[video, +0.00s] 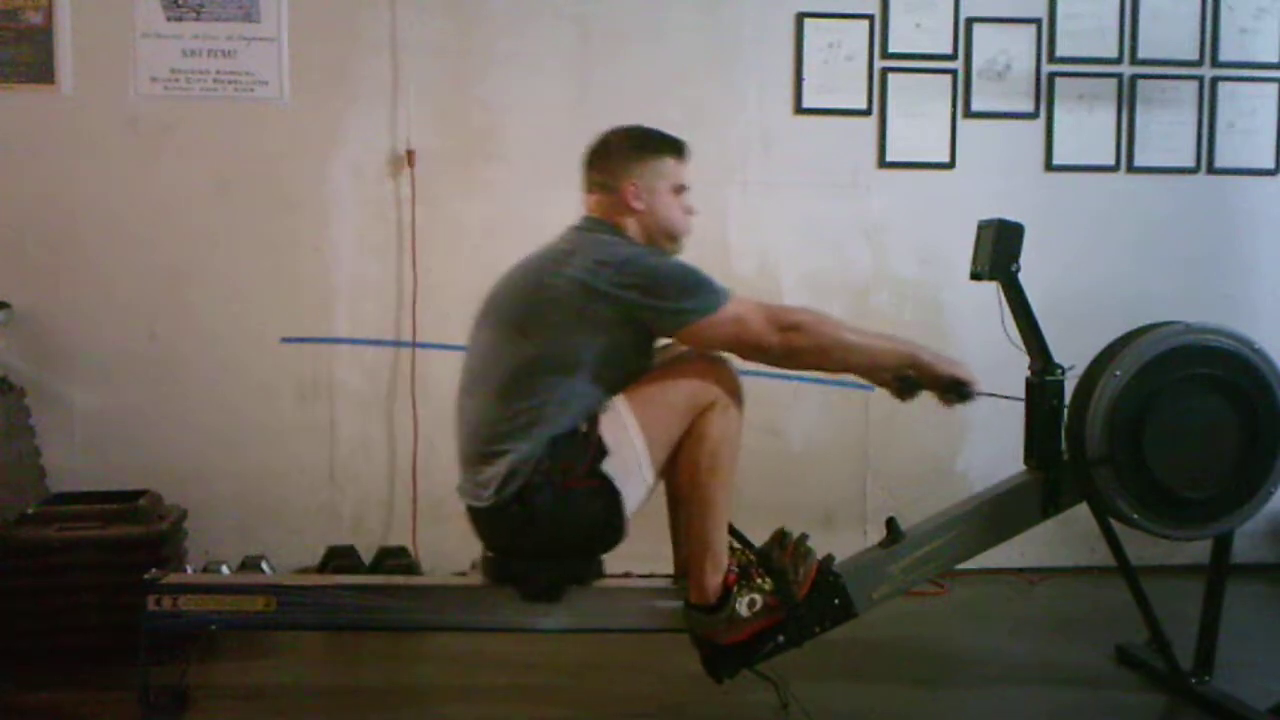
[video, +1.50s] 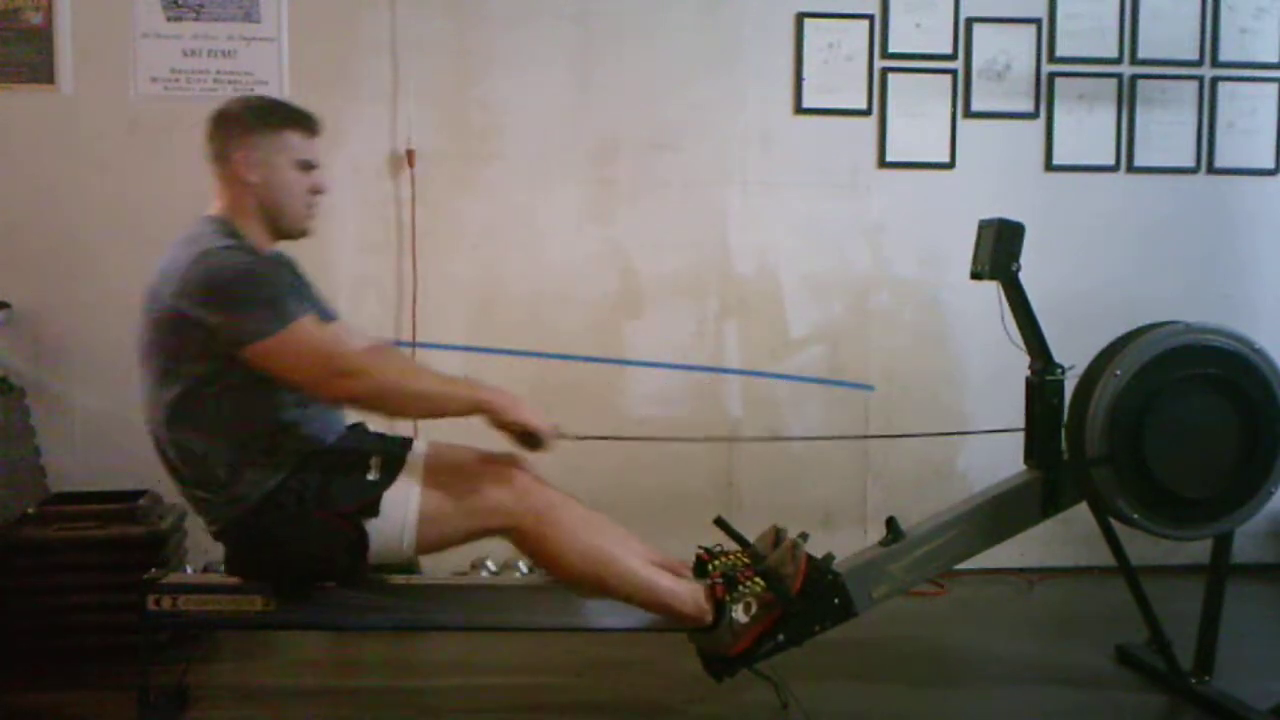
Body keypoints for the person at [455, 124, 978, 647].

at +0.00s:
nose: (689, 208)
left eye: (686, 192)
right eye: (678, 192)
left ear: (624, 199)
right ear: (632, 197)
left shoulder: (579, 260)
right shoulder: (619, 265)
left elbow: (753, 336)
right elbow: (772, 333)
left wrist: (877, 366)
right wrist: (912, 356)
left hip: (512, 509)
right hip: (539, 513)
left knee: (702, 377)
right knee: (713, 381)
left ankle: (705, 584)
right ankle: (715, 600)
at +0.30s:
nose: (534, 177)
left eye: (531, 160)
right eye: (518, 160)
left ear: (464, 163)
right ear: (466, 160)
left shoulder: (431, 250)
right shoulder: (462, 257)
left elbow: (605, 332)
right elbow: (617, 317)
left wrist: (723, 366)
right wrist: (753, 347)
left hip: (417, 501)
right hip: (438, 513)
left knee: (617, 392)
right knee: (627, 403)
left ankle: (701, 584)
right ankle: (713, 608)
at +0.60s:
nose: (267, 172)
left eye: (264, 155)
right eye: (248, 156)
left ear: (209, 169)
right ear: (188, 168)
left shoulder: (223, 259)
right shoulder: (193, 268)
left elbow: (329, 352)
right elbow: (327, 350)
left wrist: (459, 352)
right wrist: (468, 351)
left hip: (309, 480)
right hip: (289, 501)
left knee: (511, 481)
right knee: (510, 494)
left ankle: (697, 584)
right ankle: (705, 611)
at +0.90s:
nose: (177, 204)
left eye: (174, 188)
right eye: (157, 188)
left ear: (130, 202)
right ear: (97, 202)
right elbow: (55, 430)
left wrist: (239, 353)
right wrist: (175, 351)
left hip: (306, 470)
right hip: (274, 501)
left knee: (504, 512)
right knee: (494, 528)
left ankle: (709, 591)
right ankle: (710, 614)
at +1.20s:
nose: (220, 198)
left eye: (218, 183)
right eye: (203, 181)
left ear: (159, 189)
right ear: (139, 185)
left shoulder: (170, 286)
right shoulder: (118, 291)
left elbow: (191, 407)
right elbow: (137, 427)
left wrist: (299, 383)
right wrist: (283, 372)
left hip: (292, 474)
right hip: (270, 502)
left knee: (497, 504)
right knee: (490, 524)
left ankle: (706, 589)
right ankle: (708, 612)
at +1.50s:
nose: (320, 186)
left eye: (318, 169)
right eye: (303, 169)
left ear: (252, 174)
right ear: (243, 170)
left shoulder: (260, 264)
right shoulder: (218, 267)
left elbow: (360, 365)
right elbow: (342, 376)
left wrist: (479, 397)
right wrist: (484, 399)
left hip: (314, 479)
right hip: (284, 507)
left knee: (511, 475)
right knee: (509, 489)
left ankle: (703, 584)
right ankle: (705, 613)